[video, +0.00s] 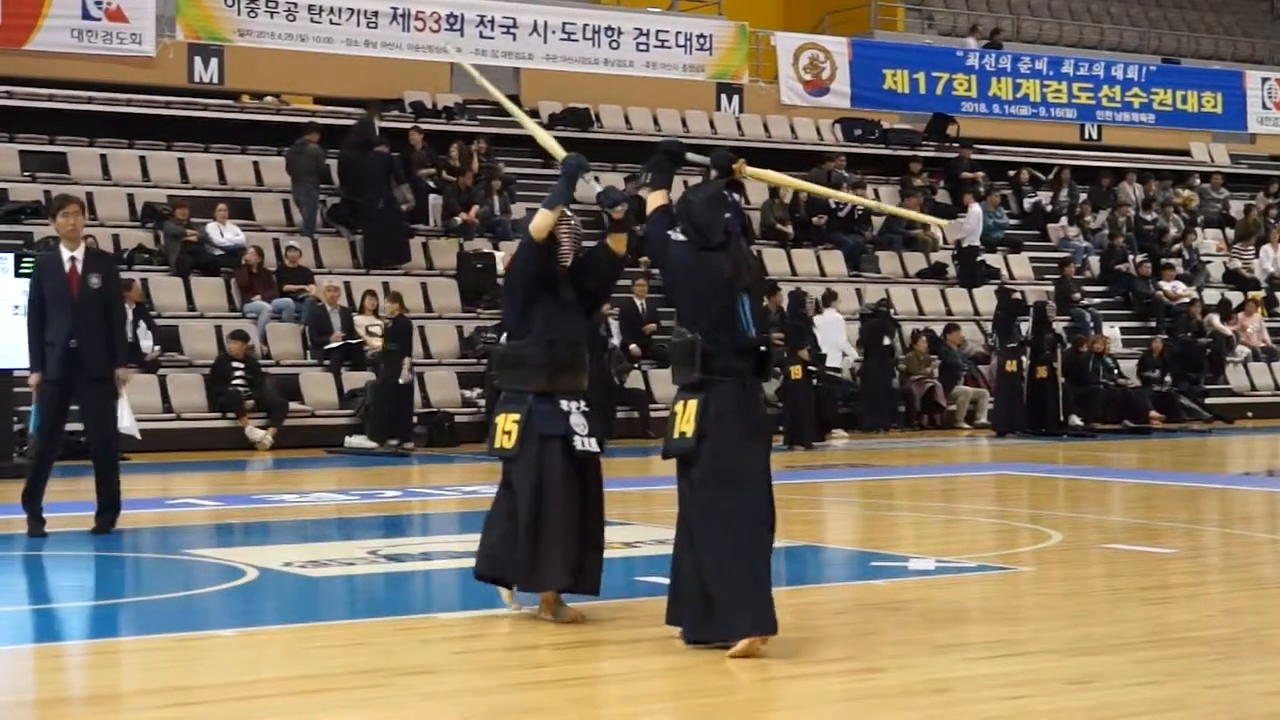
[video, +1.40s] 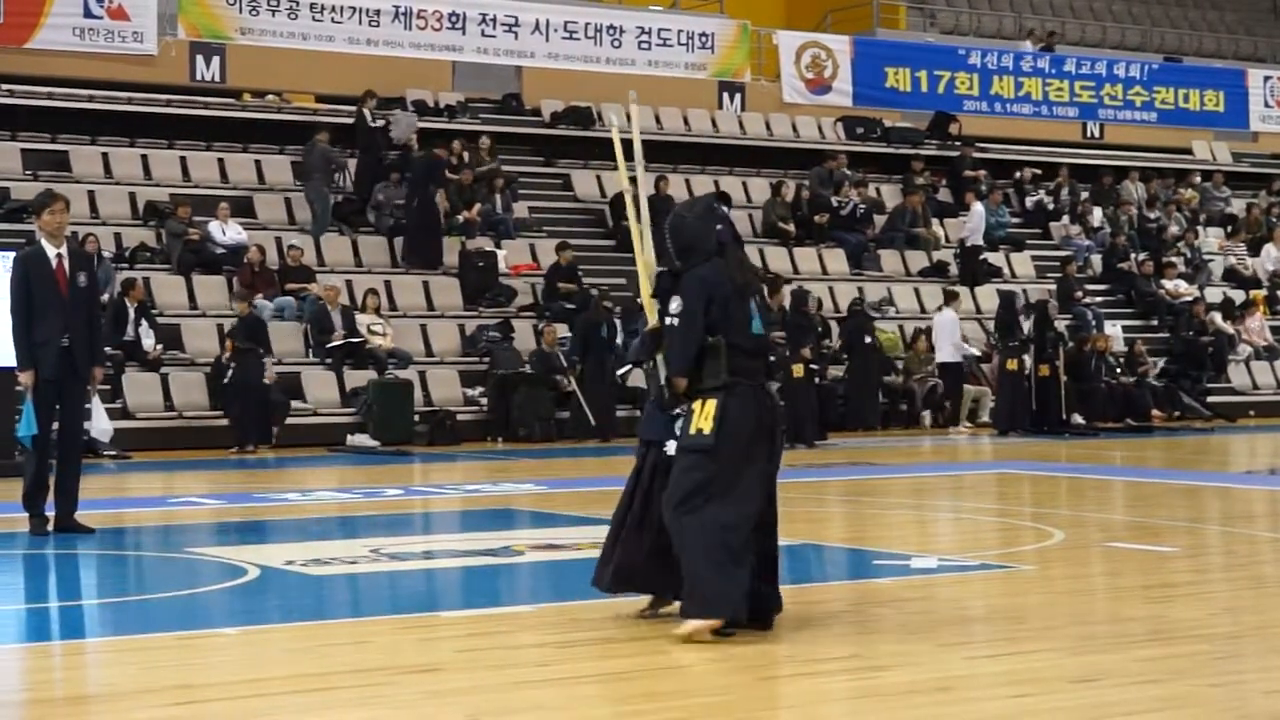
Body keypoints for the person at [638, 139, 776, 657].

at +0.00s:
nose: (673, 219)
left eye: (679, 215)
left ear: (688, 228)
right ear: (728, 225)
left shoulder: (690, 267)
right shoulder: (742, 264)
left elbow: (657, 217)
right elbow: (722, 219)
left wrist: (663, 168)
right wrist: (725, 176)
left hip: (712, 397)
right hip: (745, 395)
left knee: (717, 510)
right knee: (741, 510)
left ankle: (748, 622)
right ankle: (715, 619)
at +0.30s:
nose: (692, 225)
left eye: (697, 218)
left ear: (705, 229)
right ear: (744, 225)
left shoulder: (700, 268)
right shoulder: (762, 271)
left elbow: (671, 222)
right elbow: (744, 226)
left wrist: (684, 176)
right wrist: (747, 184)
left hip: (729, 398)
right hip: (767, 396)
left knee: (741, 510)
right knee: (727, 512)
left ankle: (797, 612)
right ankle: (702, 613)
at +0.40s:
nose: (698, 226)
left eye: (703, 218)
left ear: (711, 227)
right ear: (750, 222)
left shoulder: (708, 266)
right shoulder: (771, 269)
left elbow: (672, 235)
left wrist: (681, 197)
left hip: (737, 397)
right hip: (775, 396)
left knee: (744, 511)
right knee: (742, 512)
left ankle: (797, 614)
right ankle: (718, 615)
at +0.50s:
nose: (705, 236)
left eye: (708, 227)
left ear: (714, 230)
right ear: (759, 226)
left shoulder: (712, 272)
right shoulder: (778, 276)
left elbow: (668, 256)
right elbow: (803, 335)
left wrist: (681, 214)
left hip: (738, 406)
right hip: (782, 406)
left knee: (740, 517)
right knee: (779, 516)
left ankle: (797, 616)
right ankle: (727, 617)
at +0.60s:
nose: (715, 232)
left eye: (719, 224)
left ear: (728, 229)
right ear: (768, 226)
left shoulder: (722, 278)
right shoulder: (786, 280)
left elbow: (668, 320)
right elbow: (800, 349)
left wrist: (657, 278)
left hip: (745, 409)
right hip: (788, 408)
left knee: (746, 518)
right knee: (782, 516)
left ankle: (799, 620)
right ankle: (726, 613)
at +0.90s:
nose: (690, 246)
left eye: (694, 238)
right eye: (692, 238)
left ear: (707, 241)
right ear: (743, 237)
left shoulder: (709, 292)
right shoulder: (764, 285)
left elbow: (675, 357)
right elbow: (782, 352)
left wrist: (675, 319)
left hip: (728, 413)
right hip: (767, 411)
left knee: (721, 514)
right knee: (758, 512)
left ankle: (778, 596)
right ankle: (744, 619)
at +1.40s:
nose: (674, 248)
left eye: (677, 239)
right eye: (675, 239)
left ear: (689, 240)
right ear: (721, 234)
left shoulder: (697, 281)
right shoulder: (744, 279)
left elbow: (681, 357)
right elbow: (749, 344)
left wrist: (679, 385)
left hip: (721, 405)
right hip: (759, 402)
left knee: (684, 500)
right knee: (748, 502)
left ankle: (708, 603)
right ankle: (756, 604)